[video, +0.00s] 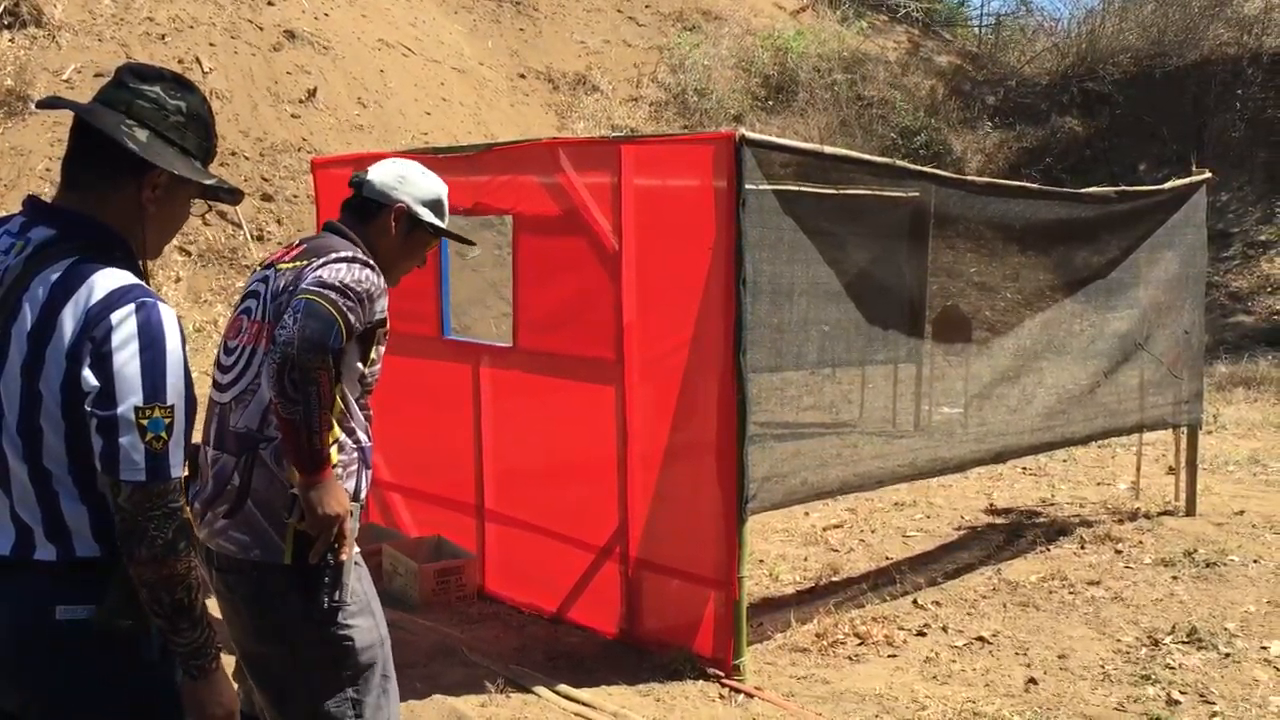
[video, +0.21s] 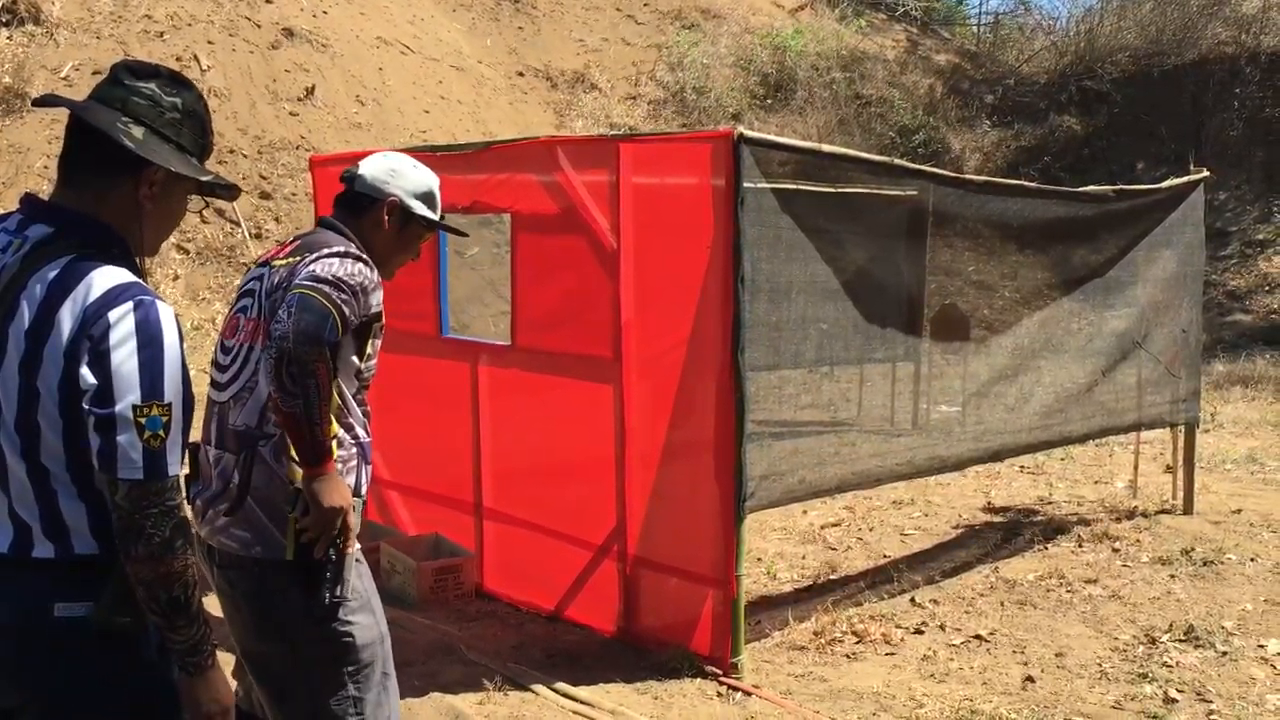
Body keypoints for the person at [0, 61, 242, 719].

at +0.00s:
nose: (189, 217)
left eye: (195, 198)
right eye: (191, 195)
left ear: (77, 158)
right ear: (152, 187)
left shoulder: (9, 244)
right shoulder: (129, 317)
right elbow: (155, 534)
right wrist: (204, 668)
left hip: (11, 588)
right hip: (91, 623)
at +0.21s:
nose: (185, 214)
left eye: (192, 195)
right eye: (188, 193)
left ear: (73, 157)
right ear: (149, 186)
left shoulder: (7, 244)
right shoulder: (127, 315)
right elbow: (151, 525)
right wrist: (200, 663)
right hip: (89, 622)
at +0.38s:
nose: (181, 209)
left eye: (187, 190)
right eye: (184, 189)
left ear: (69, 154)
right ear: (146, 183)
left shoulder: (10, 241)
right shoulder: (125, 314)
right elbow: (145, 523)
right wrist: (196, 659)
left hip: (12, 585)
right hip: (84, 617)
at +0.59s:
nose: (175, 201)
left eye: (180, 183)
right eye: (177, 182)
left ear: (62, 150)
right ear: (138, 179)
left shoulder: (8, 239)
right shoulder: (121, 310)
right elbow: (139, 523)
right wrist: (189, 657)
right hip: (78, 617)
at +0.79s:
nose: (169, 186)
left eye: (172, 167)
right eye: (168, 167)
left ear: (48, 148)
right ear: (129, 173)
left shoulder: (6, 238)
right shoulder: (114, 305)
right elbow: (134, 517)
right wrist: (186, 652)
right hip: (75, 617)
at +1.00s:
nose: (150, 164)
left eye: (149, 148)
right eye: (145, 149)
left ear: (24, 145)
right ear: (113, 161)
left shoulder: (6, 248)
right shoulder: (106, 299)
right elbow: (137, 509)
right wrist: (193, 643)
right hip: (75, 612)